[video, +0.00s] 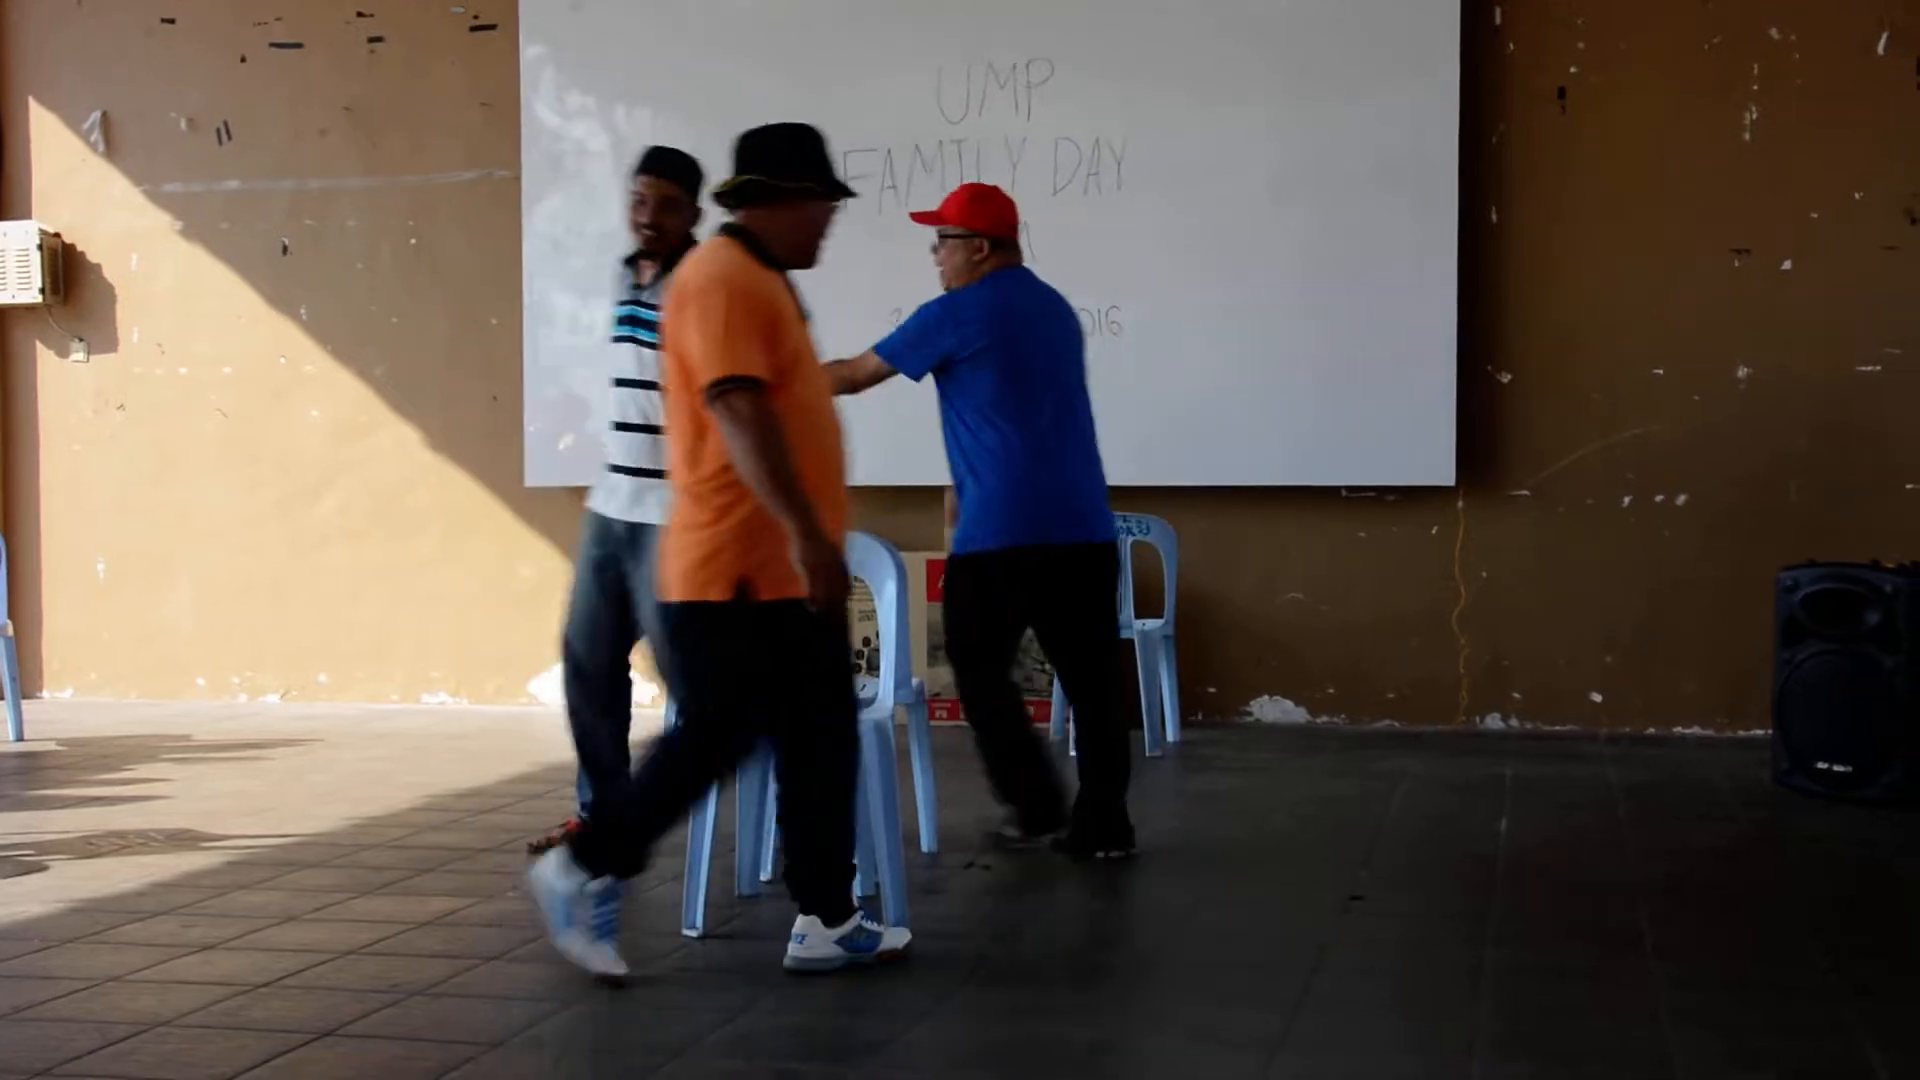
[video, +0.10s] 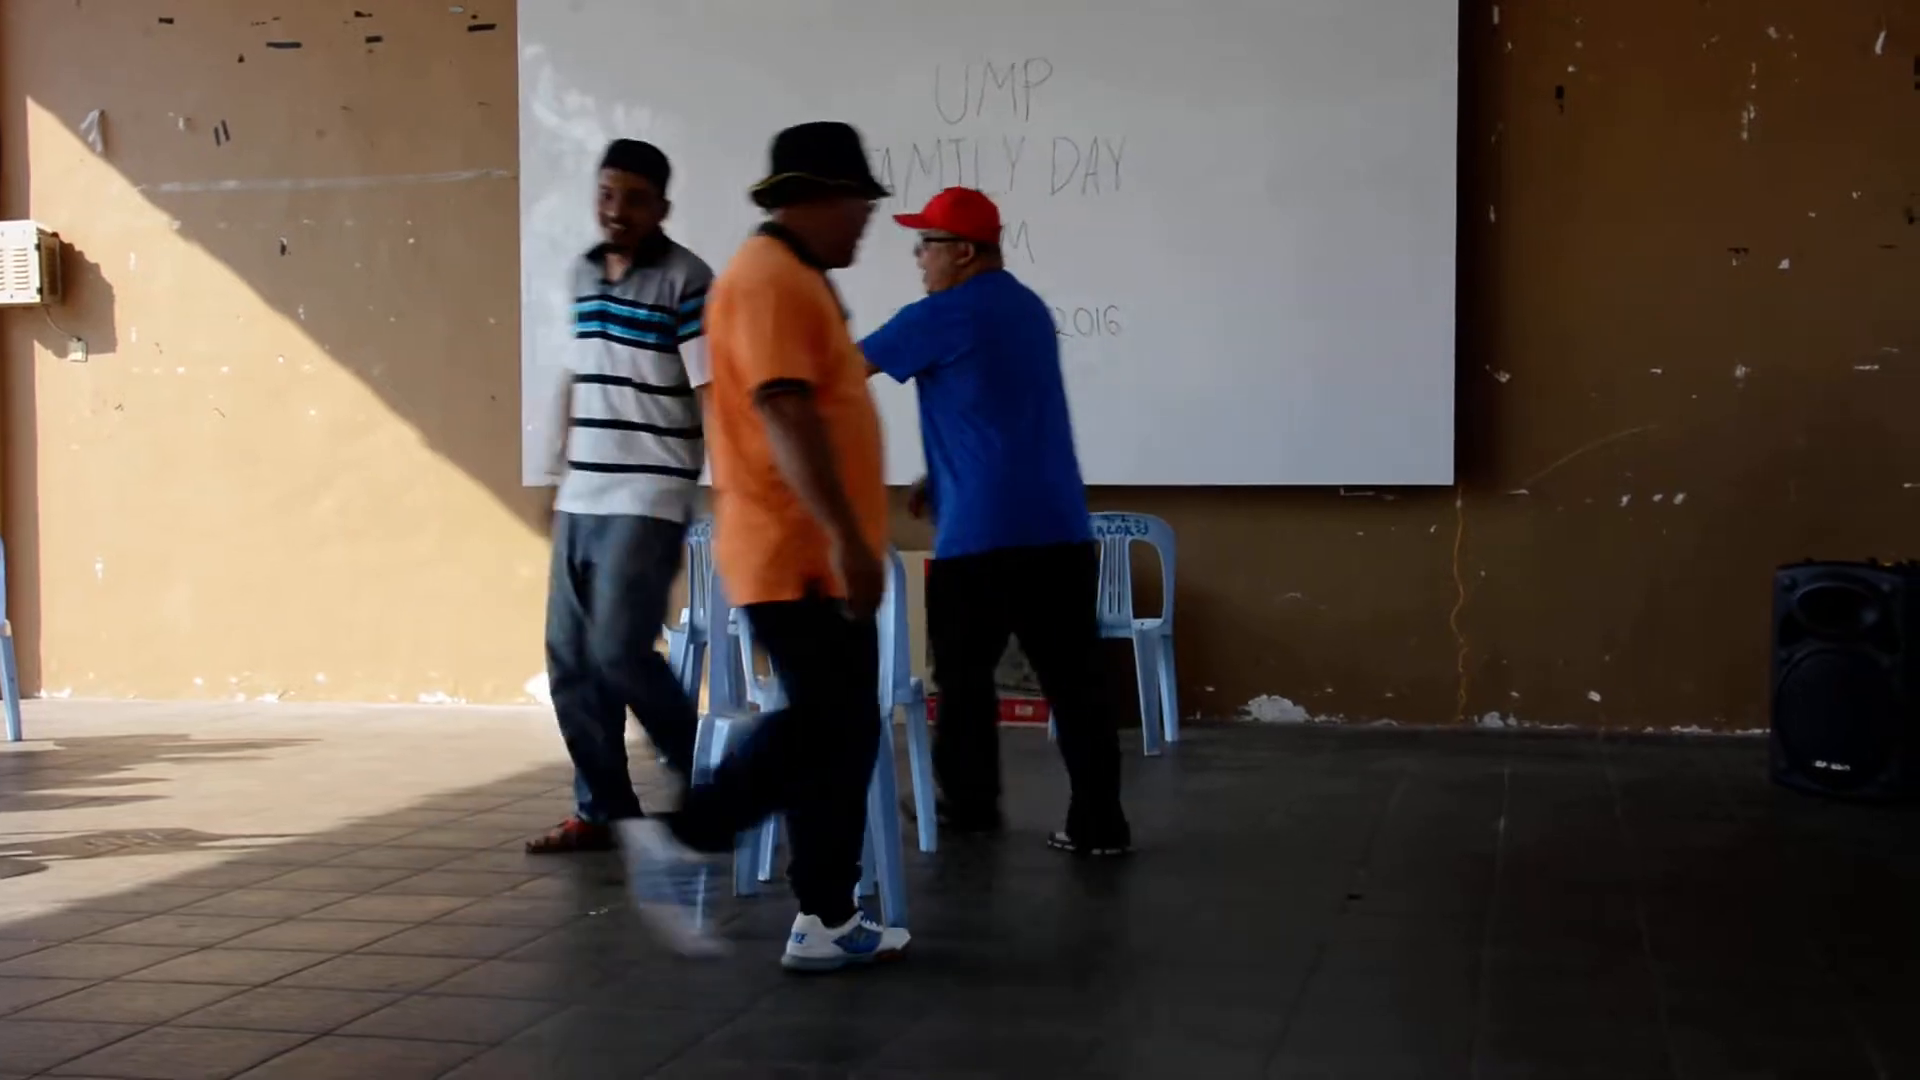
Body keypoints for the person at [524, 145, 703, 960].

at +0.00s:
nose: (645, 215)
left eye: (662, 204)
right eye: (639, 201)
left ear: (692, 212)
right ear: (628, 204)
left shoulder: (701, 285)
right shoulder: (628, 278)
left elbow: (714, 386)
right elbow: (631, 385)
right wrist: (615, 473)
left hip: (671, 514)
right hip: (609, 502)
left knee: (694, 683)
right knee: (588, 661)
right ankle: (606, 819)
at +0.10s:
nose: (615, 211)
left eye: (632, 199)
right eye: (606, 196)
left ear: (662, 206)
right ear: (595, 199)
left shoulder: (686, 280)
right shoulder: (587, 276)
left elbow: (713, 393)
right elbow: (581, 380)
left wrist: (724, 484)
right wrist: (562, 476)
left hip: (648, 498)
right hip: (583, 495)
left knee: (619, 651)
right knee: (570, 661)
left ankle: (711, 779)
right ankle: (603, 809)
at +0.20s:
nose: (590, 200)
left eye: (607, 189)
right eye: (581, 185)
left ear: (636, 196)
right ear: (569, 188)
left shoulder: (667, 273)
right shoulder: (549, 267)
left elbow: (706, 386)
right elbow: (523, 366)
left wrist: (721, 492)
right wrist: (481, 455)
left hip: (630, 484)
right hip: (557, 485)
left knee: (572, 635)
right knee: (557, 648)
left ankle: (622, 799)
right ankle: (594, 809)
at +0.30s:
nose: (565, 191)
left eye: (583, 180)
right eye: (555, 176)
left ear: (610, 191)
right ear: (542, 181)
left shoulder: (638, 269)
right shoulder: (514, 266)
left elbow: (692, 377)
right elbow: (473, 365)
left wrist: (703, 489)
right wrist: (415, 448)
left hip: (605, 484)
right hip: (533, 488)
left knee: (542, 636)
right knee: (574, 648)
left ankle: (519, 827)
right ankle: (608, 809)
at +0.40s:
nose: (535, 186)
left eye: (553, 177)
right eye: (527, 171)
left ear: (580, 191)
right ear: (510, 178)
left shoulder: (609, 272)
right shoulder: (476, 271)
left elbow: (659, 380)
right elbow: (431, 366)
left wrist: (671, 490)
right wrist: (365, 447)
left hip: (577, 498)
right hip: (503, 498)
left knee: (511, 648)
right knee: (550, 656)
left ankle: (441, 828)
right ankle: (602, 805)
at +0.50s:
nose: (503, 181)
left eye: (521, 172)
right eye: (495, 169)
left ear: (552, 191)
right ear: (477, 182)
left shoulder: (584, 277)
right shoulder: (446, 275)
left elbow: (623, 388)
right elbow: (398, 374)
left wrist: (636, 501)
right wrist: (337, 458)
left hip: (540, 503)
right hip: (463, 502)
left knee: (467, 662)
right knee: (503, 658)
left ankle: (411, 849)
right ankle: (588, 793)